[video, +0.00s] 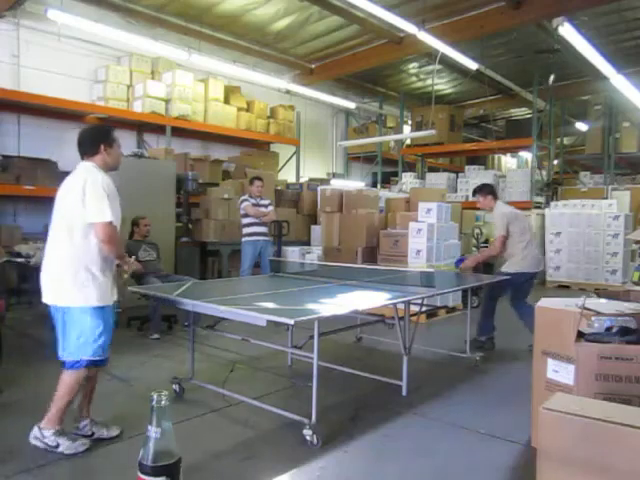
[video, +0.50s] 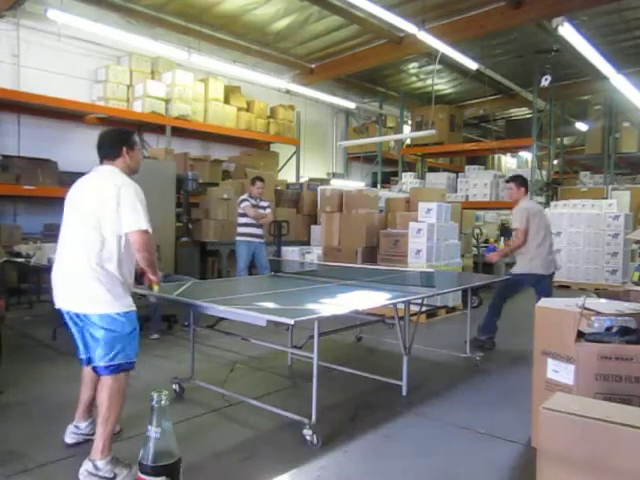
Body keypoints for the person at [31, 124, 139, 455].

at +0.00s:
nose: (121, 152)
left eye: (119, 146)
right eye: (117, 146)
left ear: (93, 150)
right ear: (104, 149)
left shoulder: (78, 178)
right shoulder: (95, 179)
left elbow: (90, 234)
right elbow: (105, 233)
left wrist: (118, 256)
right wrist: (124, 258)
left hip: (74, 287)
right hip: (83, 289)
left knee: (92, 357)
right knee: (83, 360)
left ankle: (84, 422)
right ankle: (48, 428)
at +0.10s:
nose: (124, 152)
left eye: (122, 145)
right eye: (120, 146)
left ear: (95, 149)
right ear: (106, 148)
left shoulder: (81, 177)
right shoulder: (99, 177)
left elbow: (89, 234)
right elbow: (110, 234)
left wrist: (127, 238)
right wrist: (131, 258)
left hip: (70, 285)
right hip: (89, 287)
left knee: (90, 357)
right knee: (103, 356)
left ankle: (82, 423)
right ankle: (57, 428)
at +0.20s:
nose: (126, 151)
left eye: (125, 145)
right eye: (123, 145)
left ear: (96, 149)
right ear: (108, 148)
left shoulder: (82, 177)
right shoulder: (103, 177)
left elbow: (92, 233)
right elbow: (112, 231)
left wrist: (128, 244)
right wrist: (136, 258)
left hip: (74, 287)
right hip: (94, 289)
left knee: (89, 361)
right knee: (108, 363)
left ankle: (82, 423)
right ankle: (79, 440)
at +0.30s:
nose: (129, 153)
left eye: (127, 147)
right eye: (126, 147)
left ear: (96, 151)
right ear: (113, 149)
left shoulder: (80, 181)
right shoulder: (111, 179)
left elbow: (88, 233)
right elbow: (119, 233)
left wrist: (131, 234)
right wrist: (141, 261)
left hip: (73, 288)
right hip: (101, 289)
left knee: (92, 359)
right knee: (115, 365)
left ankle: (80, 422)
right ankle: (103, 452)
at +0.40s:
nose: (136, 156)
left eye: (135, 150)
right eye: (134, 150)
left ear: (101, 153)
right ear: (121, 151)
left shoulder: (81, 184)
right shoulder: (119, 184)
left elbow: (88, 237)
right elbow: (130, 240)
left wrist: (135, 263)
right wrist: (149, 267)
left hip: (73, 292)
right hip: (104, 295)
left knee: (95, 361)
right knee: (115, 371)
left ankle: (81, 422)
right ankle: (100, 459)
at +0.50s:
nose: (142, 156)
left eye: (141, 150)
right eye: (139, 149)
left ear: (106, 154)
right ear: (126, 152)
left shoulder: (81, 184)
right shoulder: (124, 186)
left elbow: (88, 238)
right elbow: (140, 244)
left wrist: (131, 266)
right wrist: (152, 272)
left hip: (68, 292)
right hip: (102, 296)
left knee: (93, 359)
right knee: (116, 370)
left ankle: (81, 422)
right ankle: (100, 460)